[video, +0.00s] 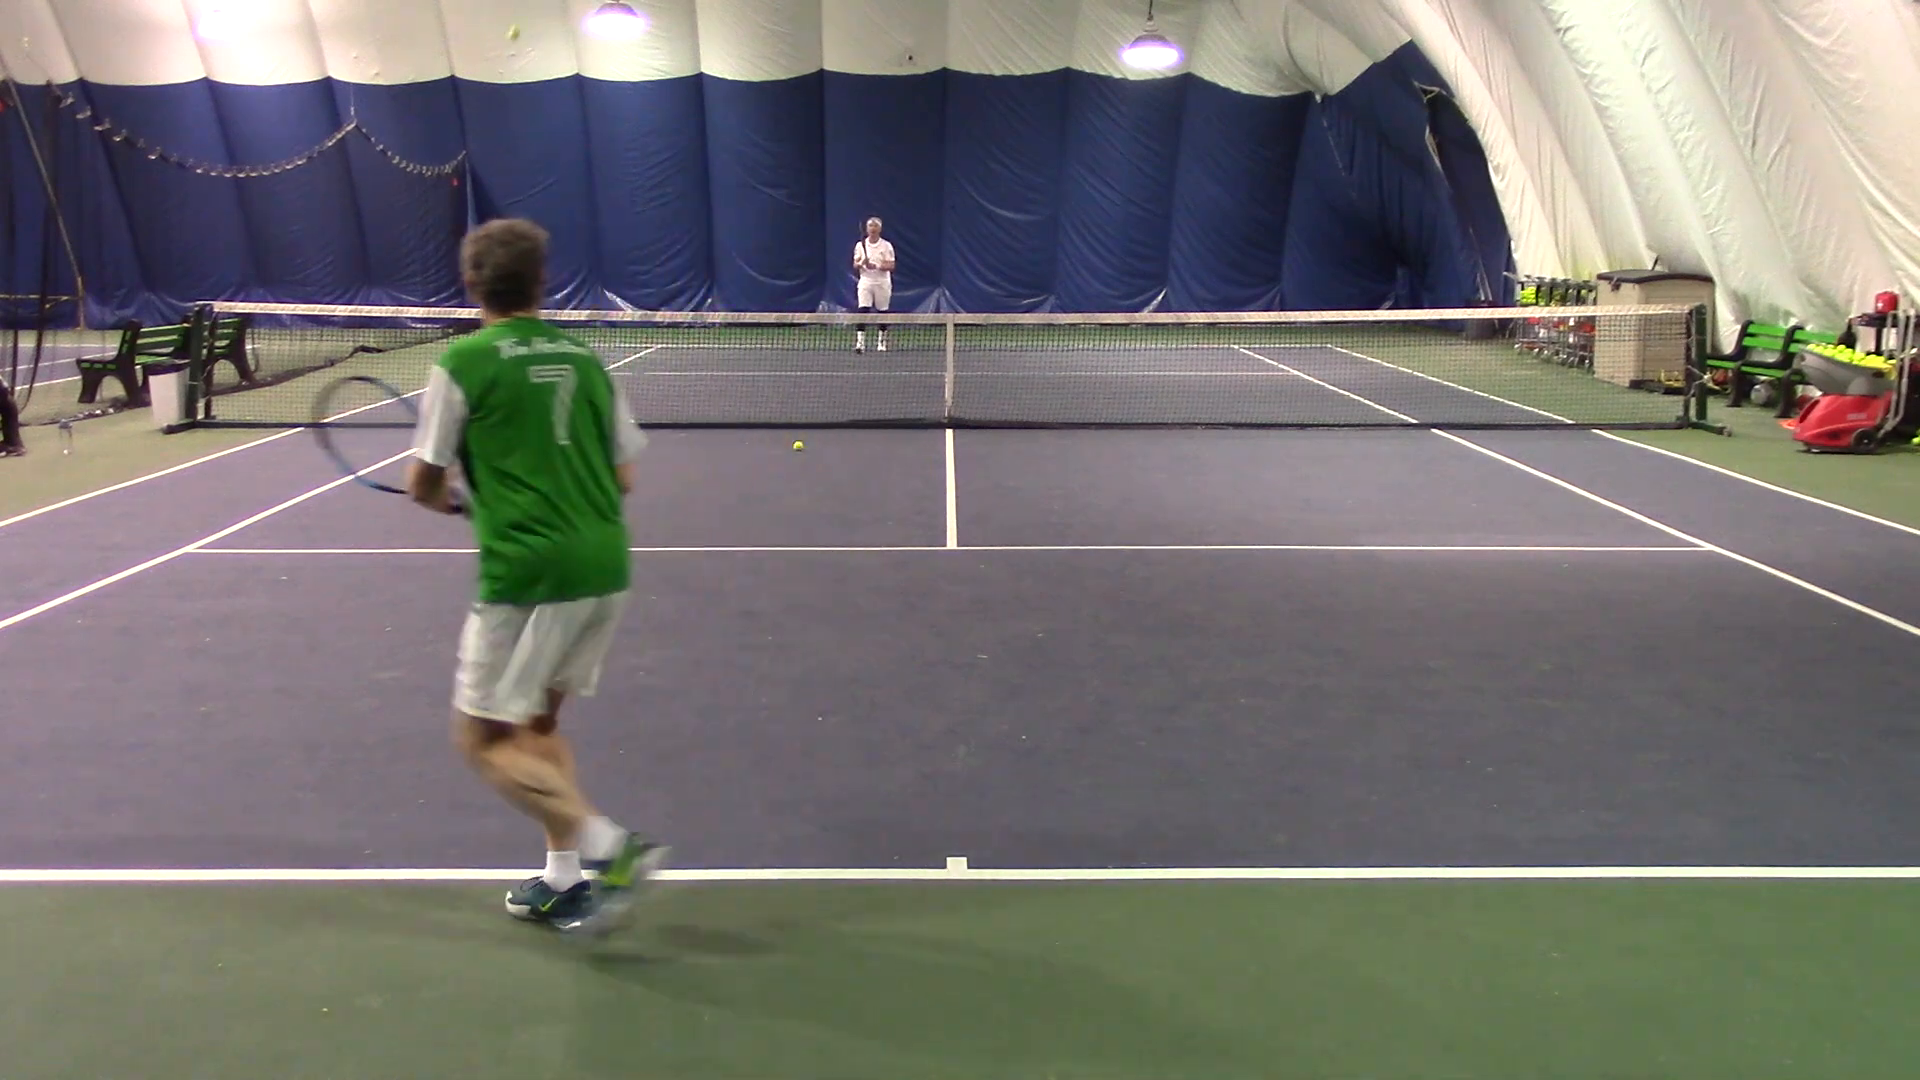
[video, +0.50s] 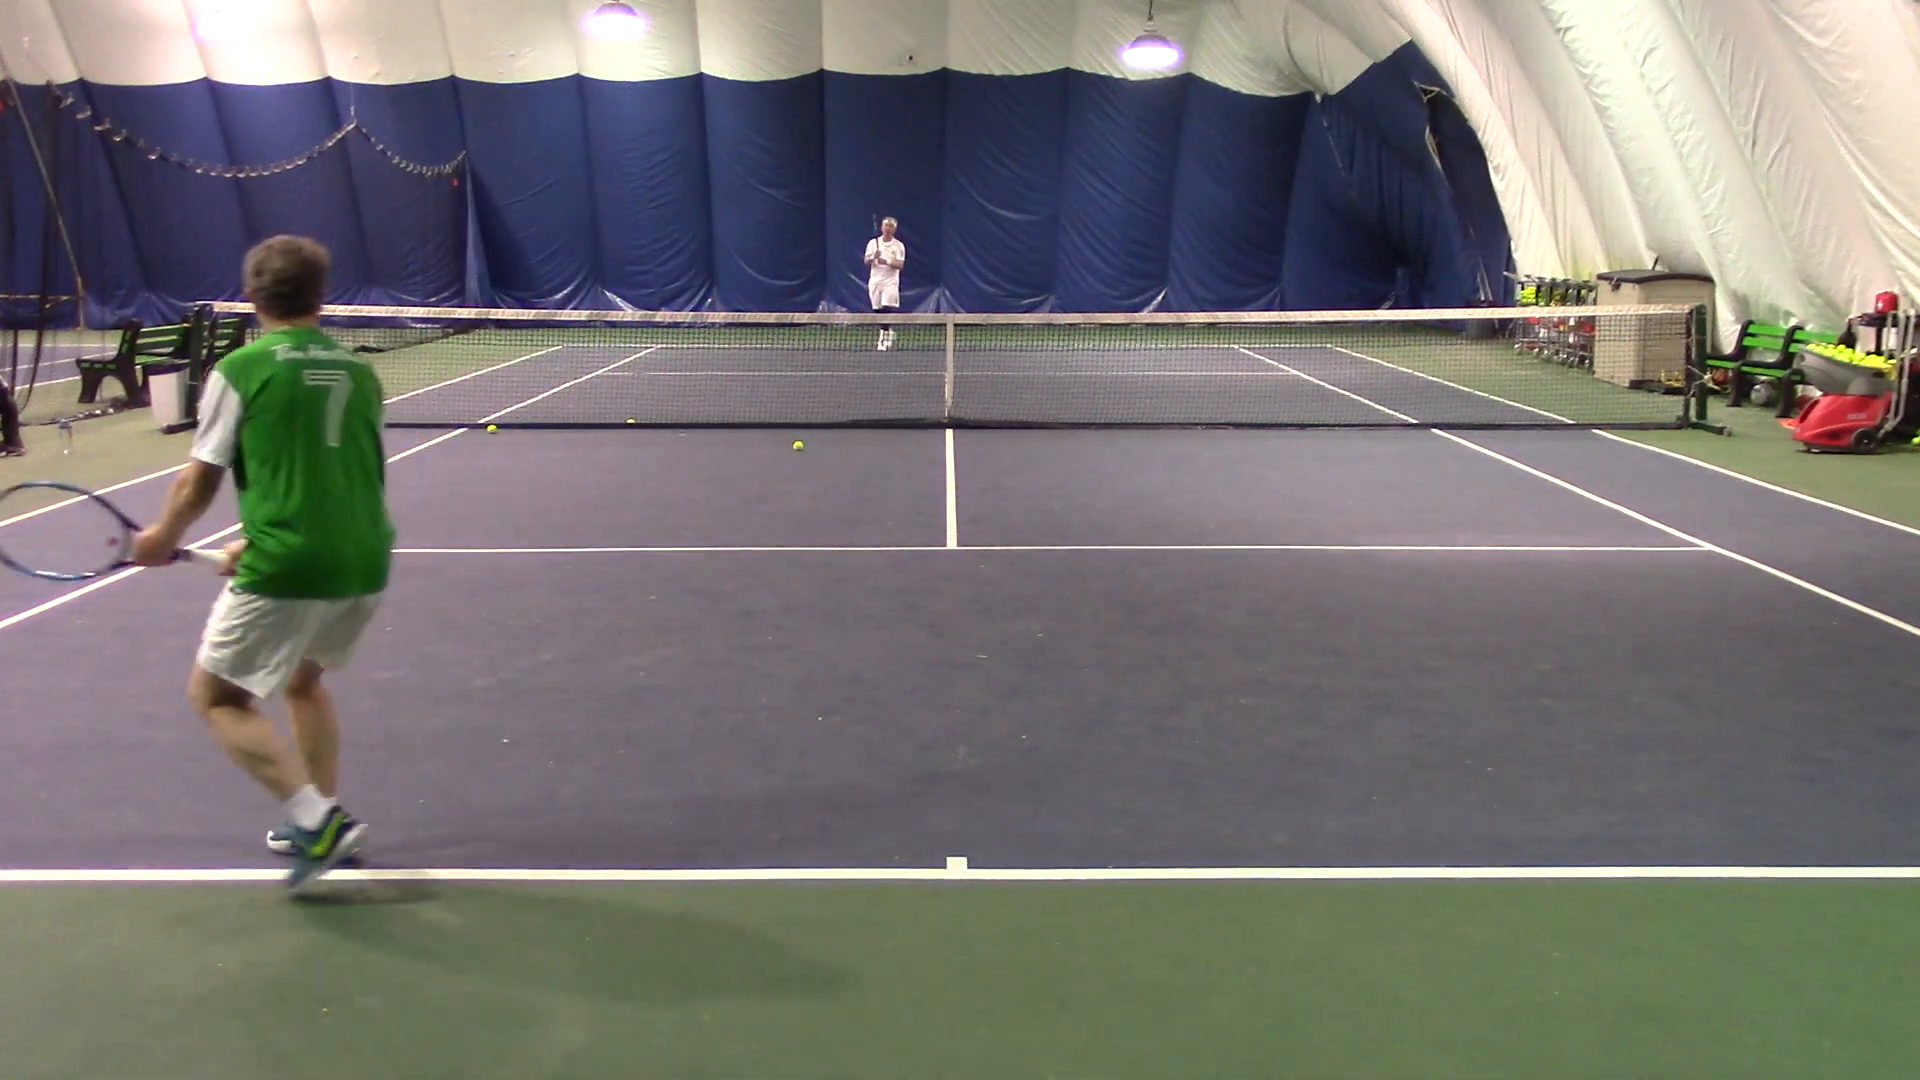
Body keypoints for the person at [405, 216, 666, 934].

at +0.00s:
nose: (464, 288)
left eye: (466, 278)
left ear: (474, 288)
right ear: (541, 283)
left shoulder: (462, 363)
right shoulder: (584, 360)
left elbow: (424, 484)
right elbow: (623, 477)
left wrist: (458, 497)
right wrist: (539, 482)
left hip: (524, 572)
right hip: (603, 565)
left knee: (482, 738)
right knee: (541, 719)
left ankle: (609, 846)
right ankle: (563, 878)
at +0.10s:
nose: (406, 272)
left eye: (408, 263)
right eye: (409, 262)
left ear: (418, 271)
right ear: (485, 269)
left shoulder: (413, 345)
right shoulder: (528, 342)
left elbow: (365, 464)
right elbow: (544, 453)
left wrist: (357, 488)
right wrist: (449, 510)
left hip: (470, 553)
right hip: (554, 548)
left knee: (418, 702)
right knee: (510, 703)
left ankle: (453, 870)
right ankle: (559, 863)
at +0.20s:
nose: (365, 272)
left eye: (366, 262)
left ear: (370, 272)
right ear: (439, 270)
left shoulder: (360, 346)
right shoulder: (483, 343)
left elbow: (319, 449)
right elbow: (483, 453)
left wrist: (296, 498)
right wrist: (396, 512)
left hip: (412, 558)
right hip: (497, 551)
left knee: (383, 709)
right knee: (448, 690)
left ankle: (398, 862)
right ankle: (517, 812)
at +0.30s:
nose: (323, 283)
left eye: (324, 274)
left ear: (327, 284)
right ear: (395, 280)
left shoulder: (314, 357)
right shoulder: (437, 352)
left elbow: (278, 460)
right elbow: (446, 443)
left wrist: (255, 513)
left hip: (361, 555)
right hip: (444, 547)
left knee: (339, 706)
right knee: (383, 673)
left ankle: (393, 859)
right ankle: (421, 809)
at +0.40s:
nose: (285, 293)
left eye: (286, 285)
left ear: (292, 292)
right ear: (359, 289)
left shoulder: (276, 360)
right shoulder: (400, 362)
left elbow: (238, 467)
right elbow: (392, 460)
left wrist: (213, 527)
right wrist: (303, 518)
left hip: (315, 563)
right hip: (397, 557)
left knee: (287, 708)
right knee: (339, 685)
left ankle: (373, 837)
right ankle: (328, 814)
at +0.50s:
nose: (246, 299)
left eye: (248, 290)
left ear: (254, 299)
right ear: (320, 298)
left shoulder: (241, 371)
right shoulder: (360, 371)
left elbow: (199, 483)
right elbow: (354, 485)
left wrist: (160, 539)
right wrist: (256, 544)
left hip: (284, 564)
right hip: (366, 560)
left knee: (217, 695)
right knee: (304, 679)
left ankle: (313, 815)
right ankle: (322, 820)